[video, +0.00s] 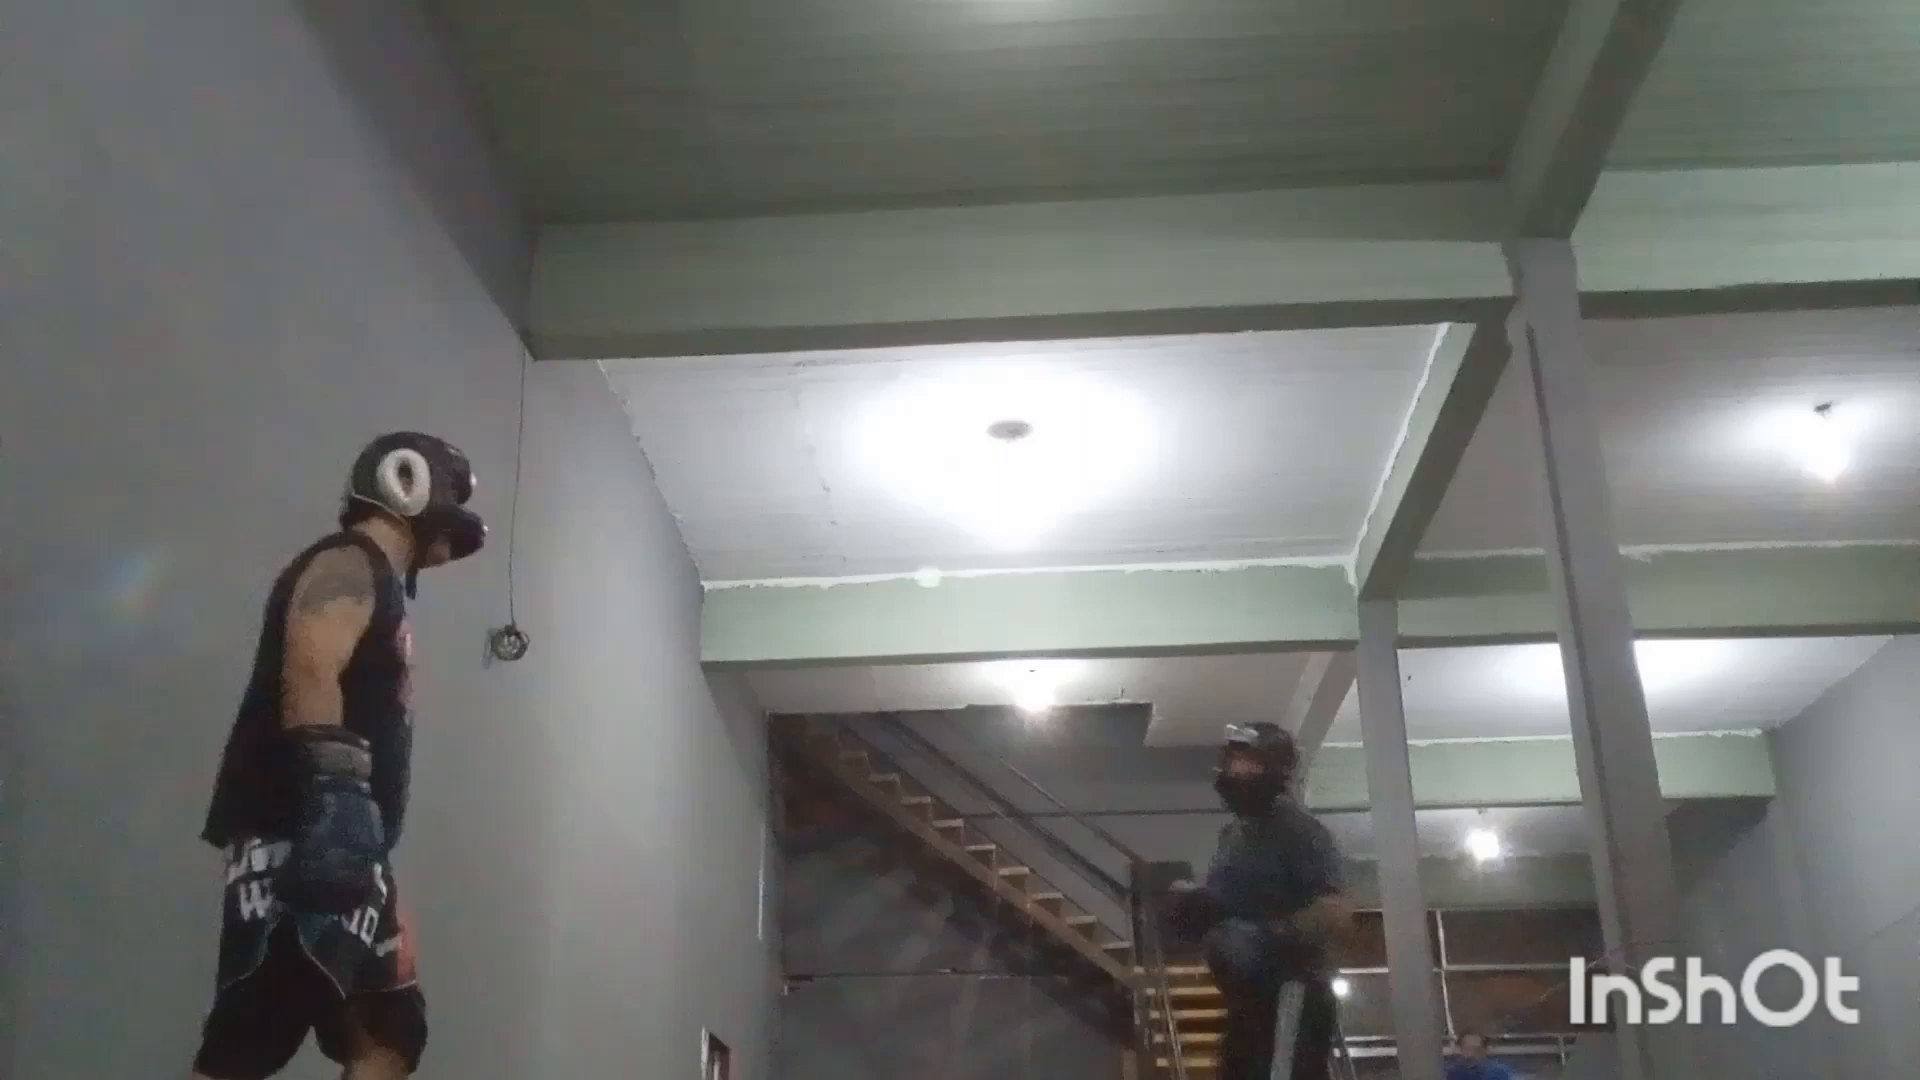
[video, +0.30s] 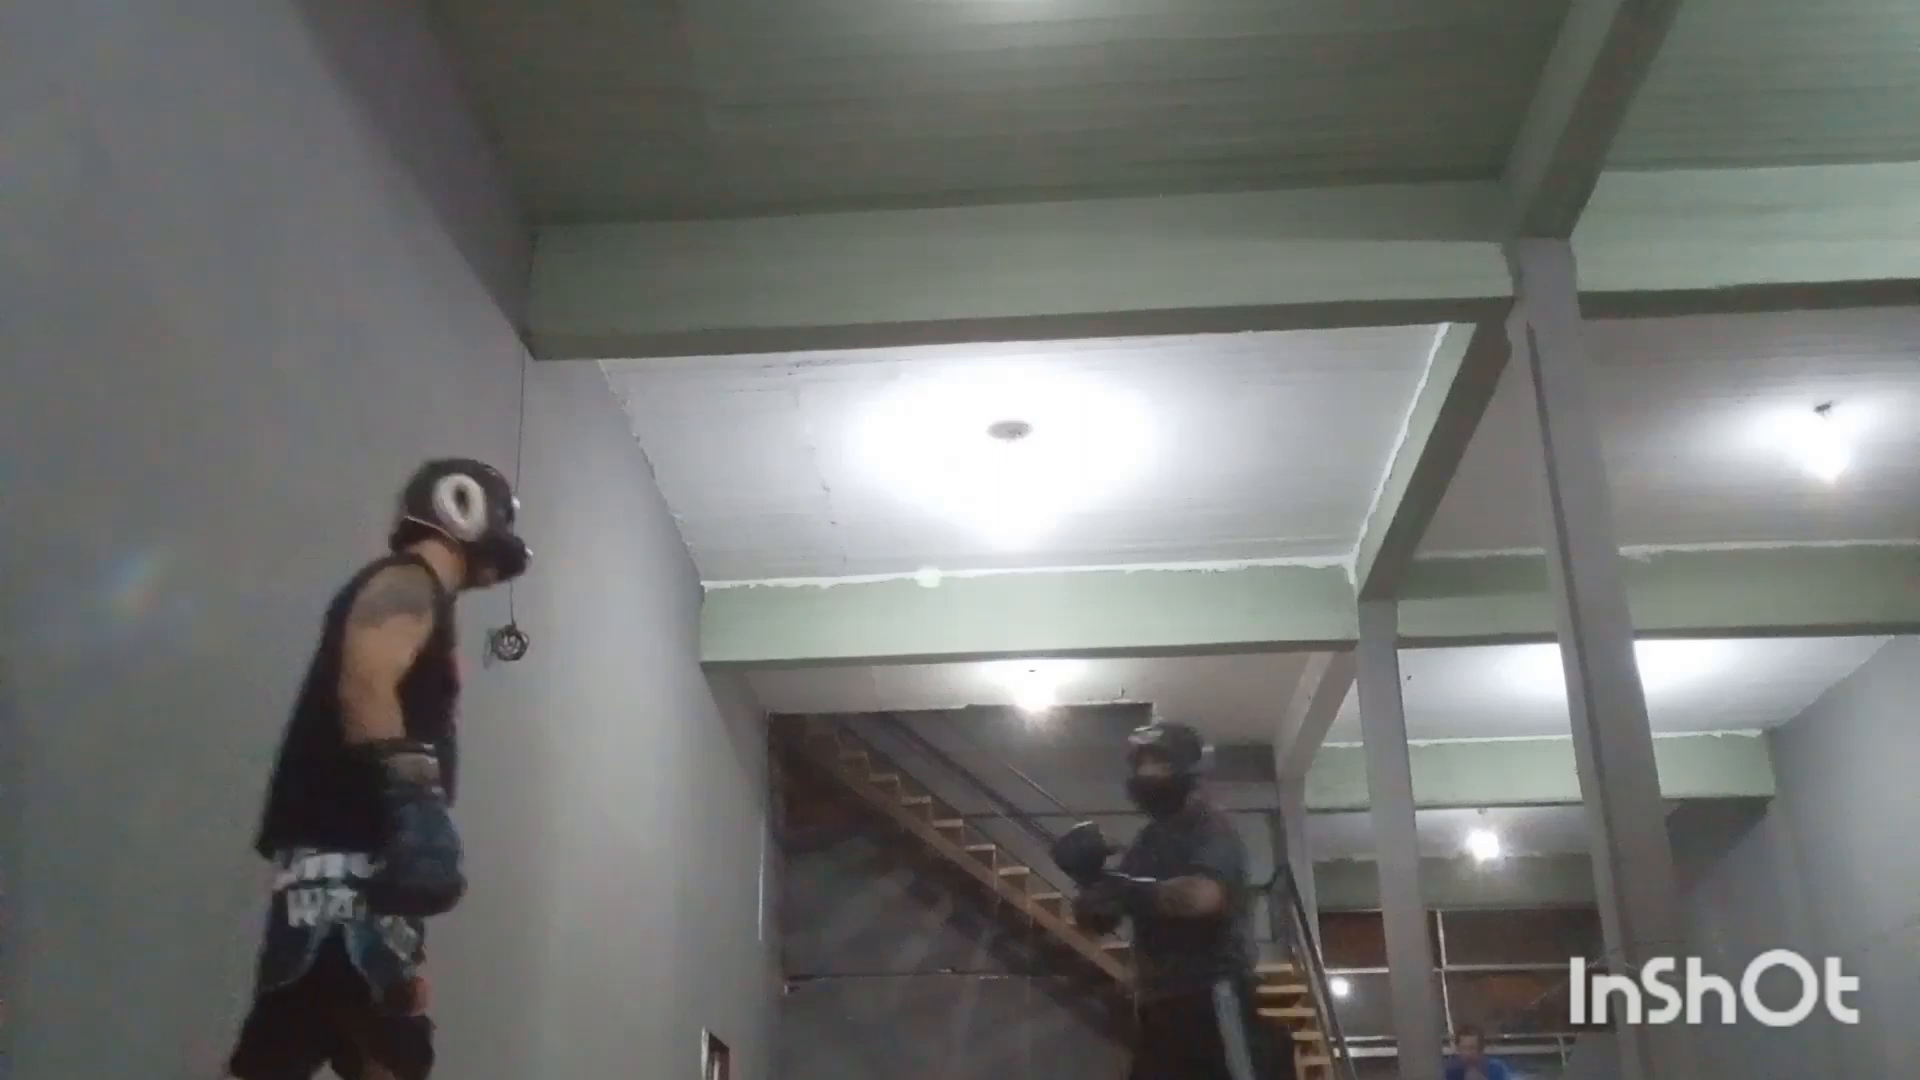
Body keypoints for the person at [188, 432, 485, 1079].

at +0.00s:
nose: (448, 543)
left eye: (455, 529)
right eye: (446, 520)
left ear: (395, 491)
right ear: (407, 487)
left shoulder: (370, 575)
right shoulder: (349, 564)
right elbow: (309, 671)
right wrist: (338, 791)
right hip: (302, 830)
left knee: (246, 1044)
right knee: (385, 1044)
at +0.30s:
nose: (493, 563)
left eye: (498, 547)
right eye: (492, 541)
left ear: (441, 513)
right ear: (462, 512)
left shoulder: (400, 588)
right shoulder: (407, 583)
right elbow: (365, 684)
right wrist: (413, 800)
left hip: (329, 853)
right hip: (349, 855)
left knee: (281, 1049)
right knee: (389, 1054)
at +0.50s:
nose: (558, 579)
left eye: (562, 563)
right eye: (556, 560)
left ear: (511, 539)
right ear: (527, 537)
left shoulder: (468, 607)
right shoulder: (480, 603)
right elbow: (439, 700)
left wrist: (506, 819)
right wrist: (513, 799)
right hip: (418, 876)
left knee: (392, 1054)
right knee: (432, 1055)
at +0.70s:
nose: (613, 592)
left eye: (616, 579)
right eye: (612, 573)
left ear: (548, 554)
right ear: (592, 554)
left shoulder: (506, 620)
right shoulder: (538, 609)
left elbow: (499, 777)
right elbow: (535, 713)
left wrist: (587, 824)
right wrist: (633, 739)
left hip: (457, 866)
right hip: (496, 868)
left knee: (453, 1056)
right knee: (510, 1052)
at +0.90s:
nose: (688, 590)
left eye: (689, 573)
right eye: (683, 570)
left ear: (612, 561)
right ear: (658, 561)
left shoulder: (573, 628)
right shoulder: (610, 617)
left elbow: (632, 729)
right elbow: (685, 709)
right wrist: (728, 669)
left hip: (524, 884)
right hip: (568, 886)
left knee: (522, 1060)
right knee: (606, 1060)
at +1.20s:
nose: (789, 576)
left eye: (788, 563)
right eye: (783, 561)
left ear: (710, 563)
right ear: (761, 559)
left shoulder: (680, 631)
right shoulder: (741, 619)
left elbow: (753, 749)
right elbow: (829, 712)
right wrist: (838, 653)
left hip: (649, 858)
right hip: (699, 859)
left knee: (690, 1033)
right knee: (716, 1029)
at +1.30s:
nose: (823, 580)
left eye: (821, 567)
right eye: (817, 566)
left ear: (741, 572)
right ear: (796, 566)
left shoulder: (708, 637)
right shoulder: (785, 625)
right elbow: (870, 717)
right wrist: (878, 674)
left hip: (674, 867)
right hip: (732, 868)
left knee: (705, 1044)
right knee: (728, 1050)